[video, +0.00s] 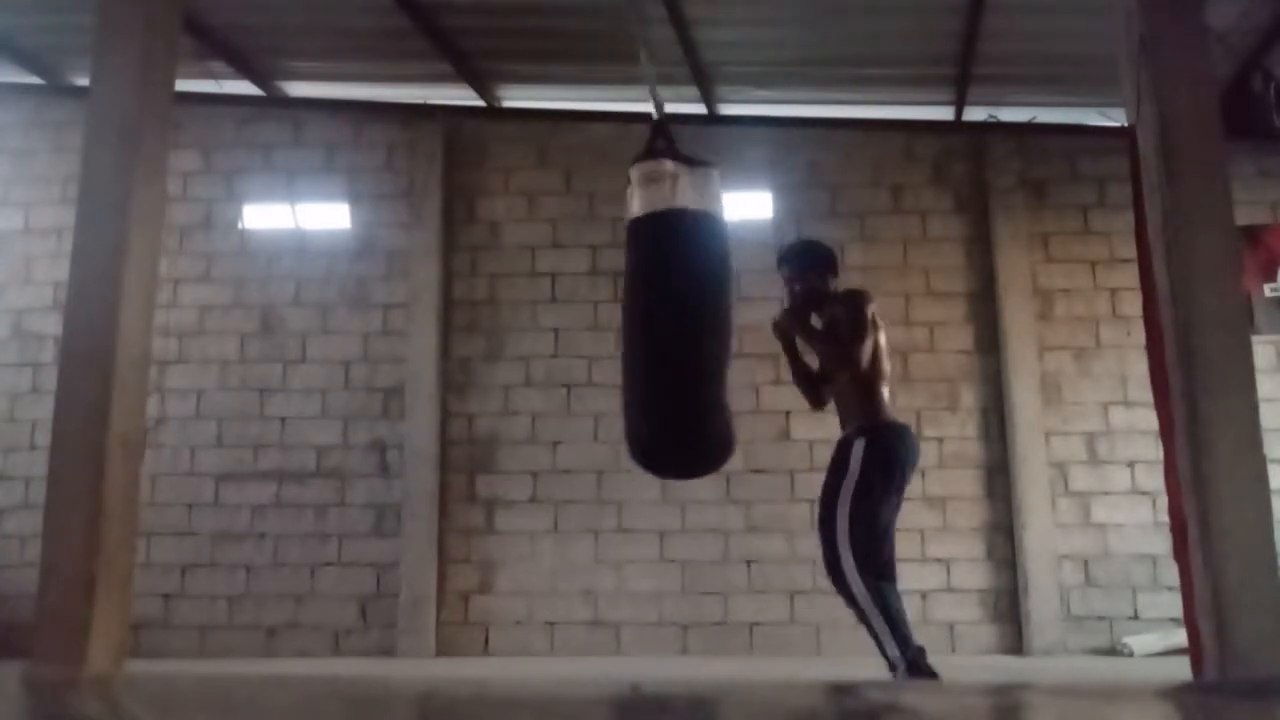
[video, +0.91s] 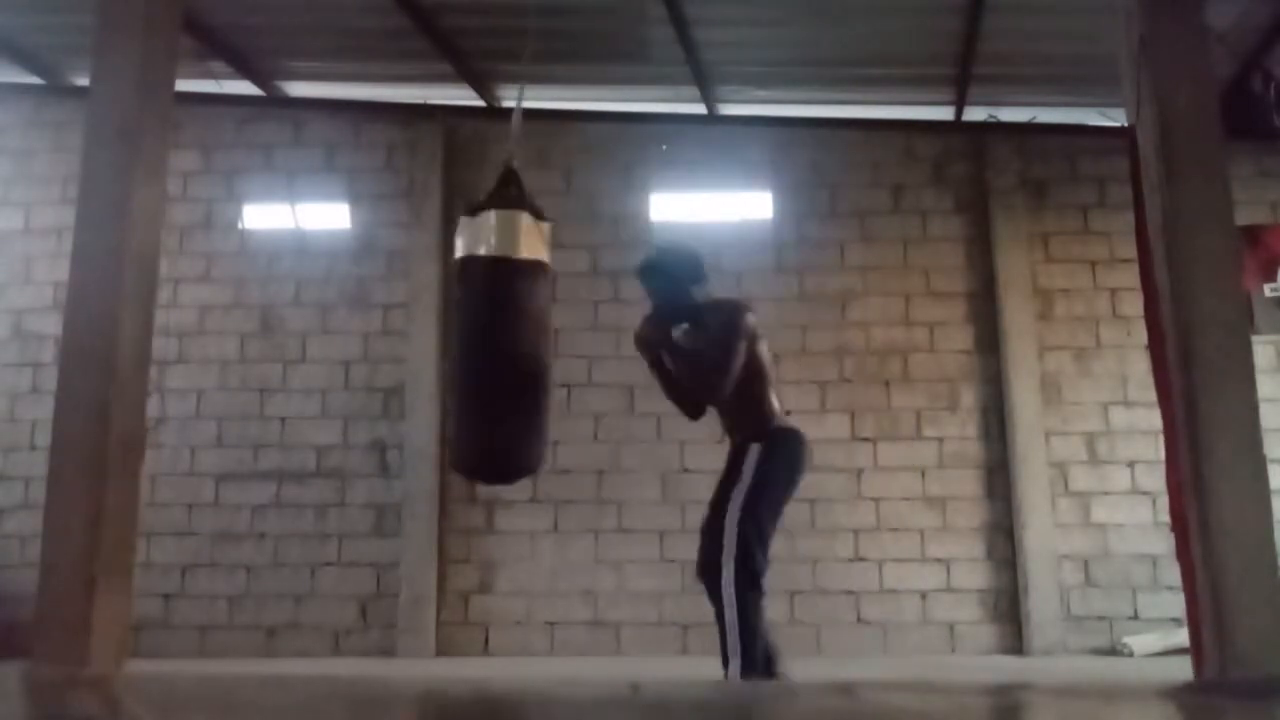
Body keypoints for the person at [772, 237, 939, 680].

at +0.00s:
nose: (789, 292)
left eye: (794, 281)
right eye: (786, 283)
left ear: (817, 277)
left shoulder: (851, 303)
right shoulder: (829, 322)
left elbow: (852, 361)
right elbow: (815, 396)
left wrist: (802, 329)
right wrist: (787, 344)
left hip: (869, 444)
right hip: (888, 442)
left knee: (842, 557)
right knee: (873, 559)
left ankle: (905, 665)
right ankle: (912, 664)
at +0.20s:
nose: (786, 307)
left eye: (792, 296)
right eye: (783, 298)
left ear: (818, 295)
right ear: (801, 300)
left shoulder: (859, 325)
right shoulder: (815, 344)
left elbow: (858, 389)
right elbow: (813, 414)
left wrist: (805, 348)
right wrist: (782, 365)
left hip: (865, 458)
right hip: (864, 460)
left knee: (803, 550)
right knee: (851, 567)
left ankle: (869, 658)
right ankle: (897, 663)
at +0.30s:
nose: (782, 296)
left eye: (788, 284)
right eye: (780, 286)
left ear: (813, 281)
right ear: (792, 286)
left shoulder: (850, 316)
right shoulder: (802, 335)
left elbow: (854, 374)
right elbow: (789, 401)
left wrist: (803, 333)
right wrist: (770, 350)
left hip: (855, 449)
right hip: (842, 452)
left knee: (802, 532)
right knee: (850, 569)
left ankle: (816, 665)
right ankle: (906, 673)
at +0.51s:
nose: (760, 310)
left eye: (766, 300)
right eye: (758, 300)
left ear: (791, 299)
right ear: (765, 300)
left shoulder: (828, 339)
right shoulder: (768, 348)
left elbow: (834, 411)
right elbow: (747, 419)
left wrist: (779, 364)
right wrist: (745, 370)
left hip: (828, 471)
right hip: (805, 472)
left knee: (782, 577)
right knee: (827, 587)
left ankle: (756, 690)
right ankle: (906, 681)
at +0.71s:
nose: (700, 323)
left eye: (704, 314)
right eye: (700, 314)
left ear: (722, 313)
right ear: (733, 314)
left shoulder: (774, 343)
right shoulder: (720, 358)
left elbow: (794, 403)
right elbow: (714, 432)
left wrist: (731, 367)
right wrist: (692, 391)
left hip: (790, 473)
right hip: (783, 475)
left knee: (725, 575)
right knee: (779, 597)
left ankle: (735, 692)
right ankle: (889, 669)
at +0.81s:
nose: (671, 312)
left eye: (674, 301)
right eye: (670, 302)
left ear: (692, 299)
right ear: (706, 297)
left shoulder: (748, 326)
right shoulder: (699, 343)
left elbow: (754, 392)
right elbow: (702, 417)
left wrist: (694, 351)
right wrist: (670, 371)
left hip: (781, 459)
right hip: (765, 459)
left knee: (728, 577)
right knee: (742, 578)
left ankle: (737, 691)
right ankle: (838, 668)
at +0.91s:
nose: (648, 304)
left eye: (654, 291)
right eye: (647, 293)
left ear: (680, 286)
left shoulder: (730, 317)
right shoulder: (684, 334)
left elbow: (719, 390)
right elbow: (691, 406)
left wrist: (667, 346)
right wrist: (654, 355)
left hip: (770, 447)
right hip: (747, 449)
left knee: (732, 561)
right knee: (713, 566)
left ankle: (745, 683)